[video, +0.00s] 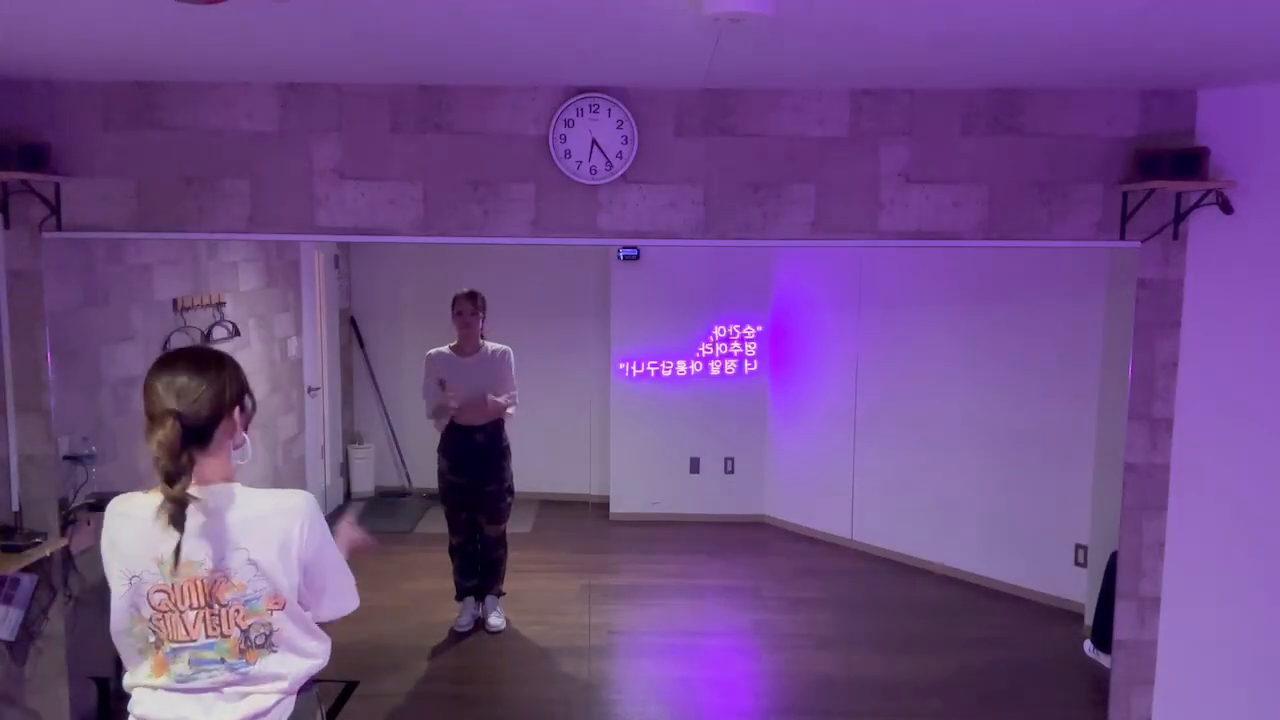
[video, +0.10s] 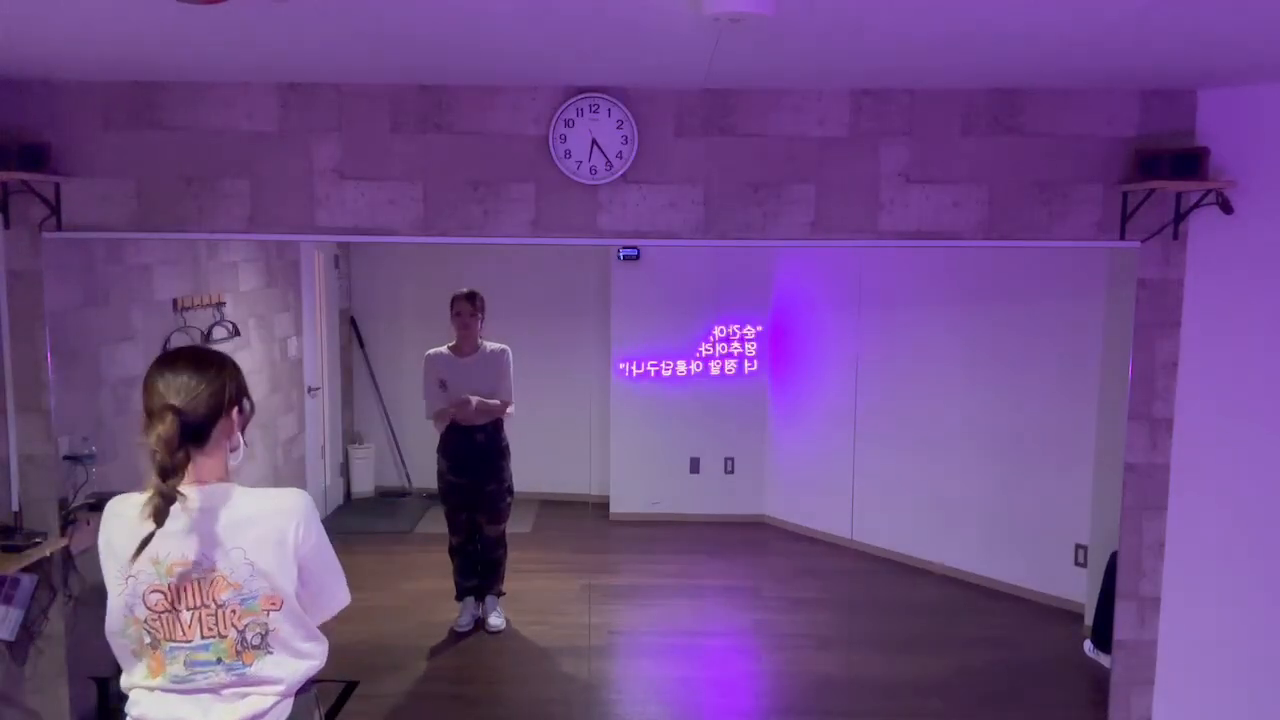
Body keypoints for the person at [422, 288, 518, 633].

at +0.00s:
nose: (465, 319)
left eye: (471, 313)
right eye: (459, 314)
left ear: (482, 318)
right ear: (452, 319)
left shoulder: (501, 355)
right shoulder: (436, 359)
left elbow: (511, 402)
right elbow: (431, 411)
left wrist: (499, 403)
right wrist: (444, 404)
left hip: (492, 445)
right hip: (455, 447)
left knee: (493, 525)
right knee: (459, 526)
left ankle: (493, 599)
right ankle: (468, 600)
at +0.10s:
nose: (464, 320)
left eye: (470, 314)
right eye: (457, 314)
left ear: (481, 318)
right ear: (450, 319)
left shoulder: (499, 355)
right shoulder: (435, 359)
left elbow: (505, 406)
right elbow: (436, 414)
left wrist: (471, 402)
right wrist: (479, 409)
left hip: (491, 446)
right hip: (454, 447)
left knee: (493, 525)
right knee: (459, 526)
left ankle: (493, 600)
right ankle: (468, 601)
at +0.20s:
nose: (463, 320)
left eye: (469, 314)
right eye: (457, 314)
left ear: (480, 318)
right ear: (449, 319)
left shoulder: (498, 354)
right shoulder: (434, 358)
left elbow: (507, 404)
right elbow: (432, 411)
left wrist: (472, 410)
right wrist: (477, 408)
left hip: (491, 445)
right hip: (454, 447)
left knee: (493, 524)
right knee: (459, 526)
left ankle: (492, 600)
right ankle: (468, 601)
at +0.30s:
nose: (462, 319)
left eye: (468, 313)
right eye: (456, 314)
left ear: (479, 318)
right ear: (448, 318)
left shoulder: (497, 354)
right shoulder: (432, 358)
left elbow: (510, 403)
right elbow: (427, 410)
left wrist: (486, 409)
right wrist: (454, 411)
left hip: (490, 446)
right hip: (453, 448)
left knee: (493, 523)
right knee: (459, 526)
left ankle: (492, 600)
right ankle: (467, 601)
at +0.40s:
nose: (463, 318)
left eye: (470, 313)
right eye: (457, 312)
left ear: (479, 318)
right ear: (448, 317)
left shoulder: (495, 354)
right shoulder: (430, 358)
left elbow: (510, 399)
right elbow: (422, 408)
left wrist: (502, 407)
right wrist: (433, 408)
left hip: (490, 444)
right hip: (453, 446)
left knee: (493, 523)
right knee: (459, 526)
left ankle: (492, 600)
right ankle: (467, 601)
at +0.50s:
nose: (463, 319)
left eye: (469, 313)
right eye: (456, 313)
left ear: (479, 318)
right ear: (447, 318)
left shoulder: (495, 354)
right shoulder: (429, 361)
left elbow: (507, 401)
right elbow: (429, 412)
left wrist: (512, 408)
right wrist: (427, 410)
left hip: (491, 445)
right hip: (453, 447)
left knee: (494, 523)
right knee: (459, 526)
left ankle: (494, 599)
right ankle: (467, 600)